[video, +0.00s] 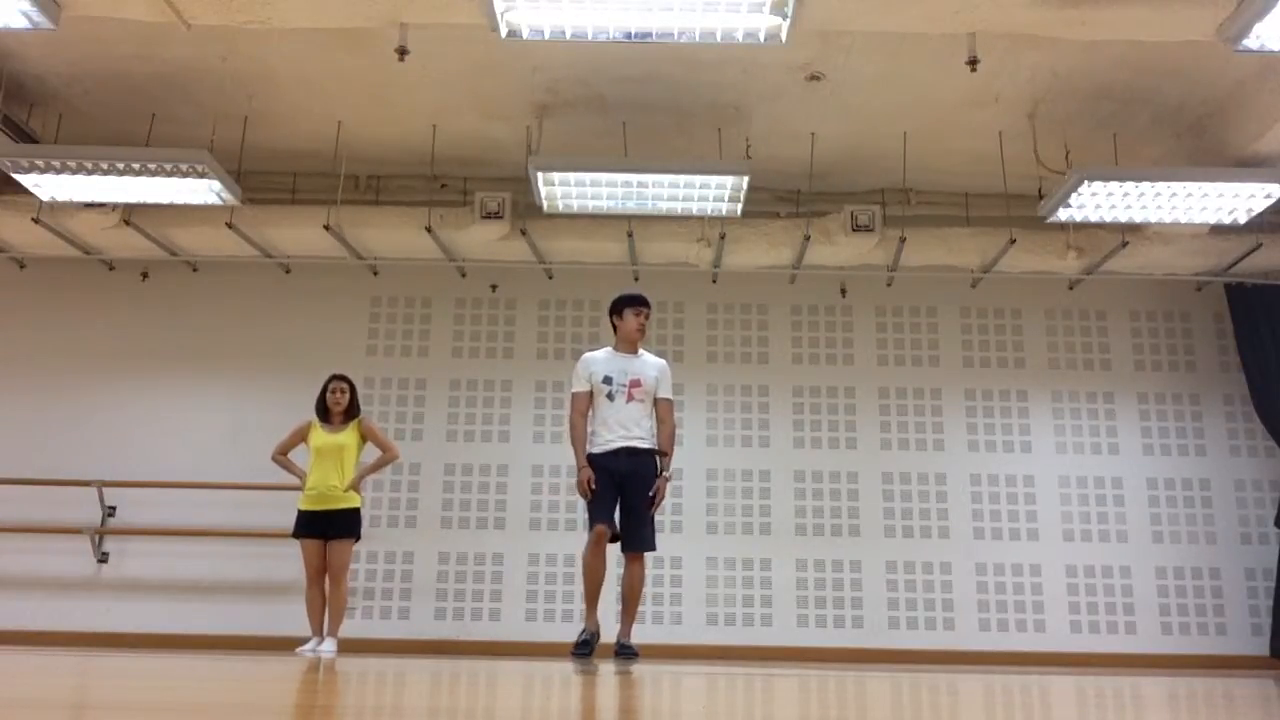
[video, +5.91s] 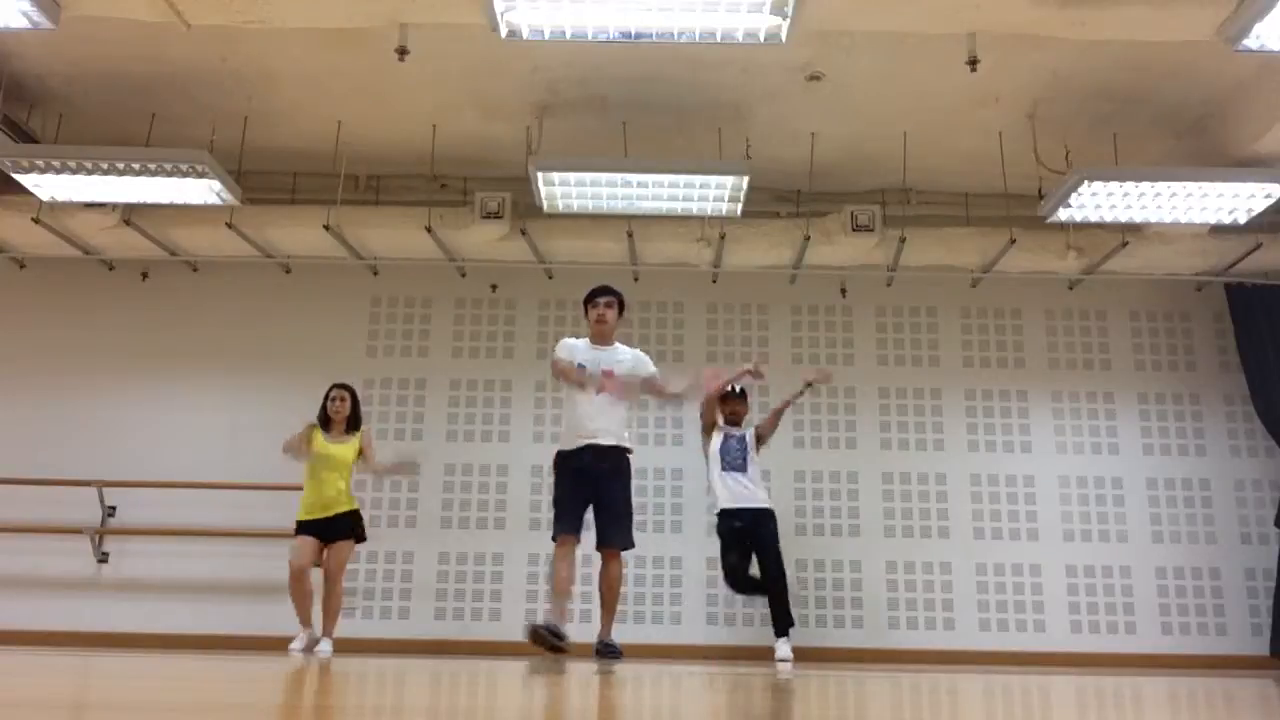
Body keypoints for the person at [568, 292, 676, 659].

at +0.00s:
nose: (643, 322)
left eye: (646, 317)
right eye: (636, 316)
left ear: (647, 324)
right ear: (616, 320)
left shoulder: (658, 367)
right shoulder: (591, 362)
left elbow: (666, 422)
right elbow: (578, 416)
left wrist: (664, 473)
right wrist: (582, 464)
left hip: (642, 462)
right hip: (601, 461)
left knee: (635, 550)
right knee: (599, 534)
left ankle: (624, 637)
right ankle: (590, 626)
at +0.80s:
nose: (588, 324)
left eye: (594, 315)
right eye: (584, 318)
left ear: (615, 317)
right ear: (583, 323)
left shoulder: (641, 361)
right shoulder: (574, 362)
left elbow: (654, 418)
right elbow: (562, 416)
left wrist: (651, 468)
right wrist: (555, 469)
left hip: (621, 462)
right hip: (578, 460)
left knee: (624, 552)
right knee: (556, 544)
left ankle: (623, 637)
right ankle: (533, 632)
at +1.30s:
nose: (535, 315)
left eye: (541, 307)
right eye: (534, 309)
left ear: (563, 309)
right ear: (541, 315)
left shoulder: (596, 351)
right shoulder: (532, 358)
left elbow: (606, 408)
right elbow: (518, 412)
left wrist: (593, 457)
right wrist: (508, 462)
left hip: (576, 457)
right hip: (533, 456)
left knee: (587, 542)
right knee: (530, 546)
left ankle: (608, 627)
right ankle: (528, 634)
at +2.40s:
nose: (591, 308)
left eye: (597, 302)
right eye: (584, 303)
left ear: (610, 311)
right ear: (575, 313)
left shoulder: (627, 357)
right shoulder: (557, 355)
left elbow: (638, 413)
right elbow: (541, 407)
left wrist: (634, 465)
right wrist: (533, 454)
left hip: (609, 459)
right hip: (564, 458)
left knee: (613, 550)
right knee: (545, 543)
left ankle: (612, 636)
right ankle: (531, 634)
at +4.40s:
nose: (584, 307)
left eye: (591, 301)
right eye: (578, 302)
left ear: (601, 311)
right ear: (566, 311)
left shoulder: (619, 357)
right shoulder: (548, 354)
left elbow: (627, 413)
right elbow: (532, 407)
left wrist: (625, 464)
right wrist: (527, 459)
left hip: (600, 456)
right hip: (555, 455)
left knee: (603, 549)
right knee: (546, 547)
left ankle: (605, 635)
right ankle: (537, 635)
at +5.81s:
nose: (608, 314)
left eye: (614, 309)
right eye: (601, 308)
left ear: (625, 318)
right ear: (591, 316)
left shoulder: (639, 364)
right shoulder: (572, 353)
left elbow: (652, 414)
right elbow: (560, 405)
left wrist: (668, 438)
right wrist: (579, 446)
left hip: (621, 457)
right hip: (579, 454)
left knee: (615, 549)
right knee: (578, 543)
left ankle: (606, 636)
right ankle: (582, 633)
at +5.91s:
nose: (602, 312)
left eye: (608, 307)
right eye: (596, 307)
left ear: (620, 315)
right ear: (586, 314)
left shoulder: (634, 358)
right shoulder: (570, 346)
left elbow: (660, 389)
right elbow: (561, 370)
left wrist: (690, 388)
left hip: (613, 458)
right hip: (572, 456)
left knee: (611, 549)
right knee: (565, 541)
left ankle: (606, 636)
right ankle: (555, 626)